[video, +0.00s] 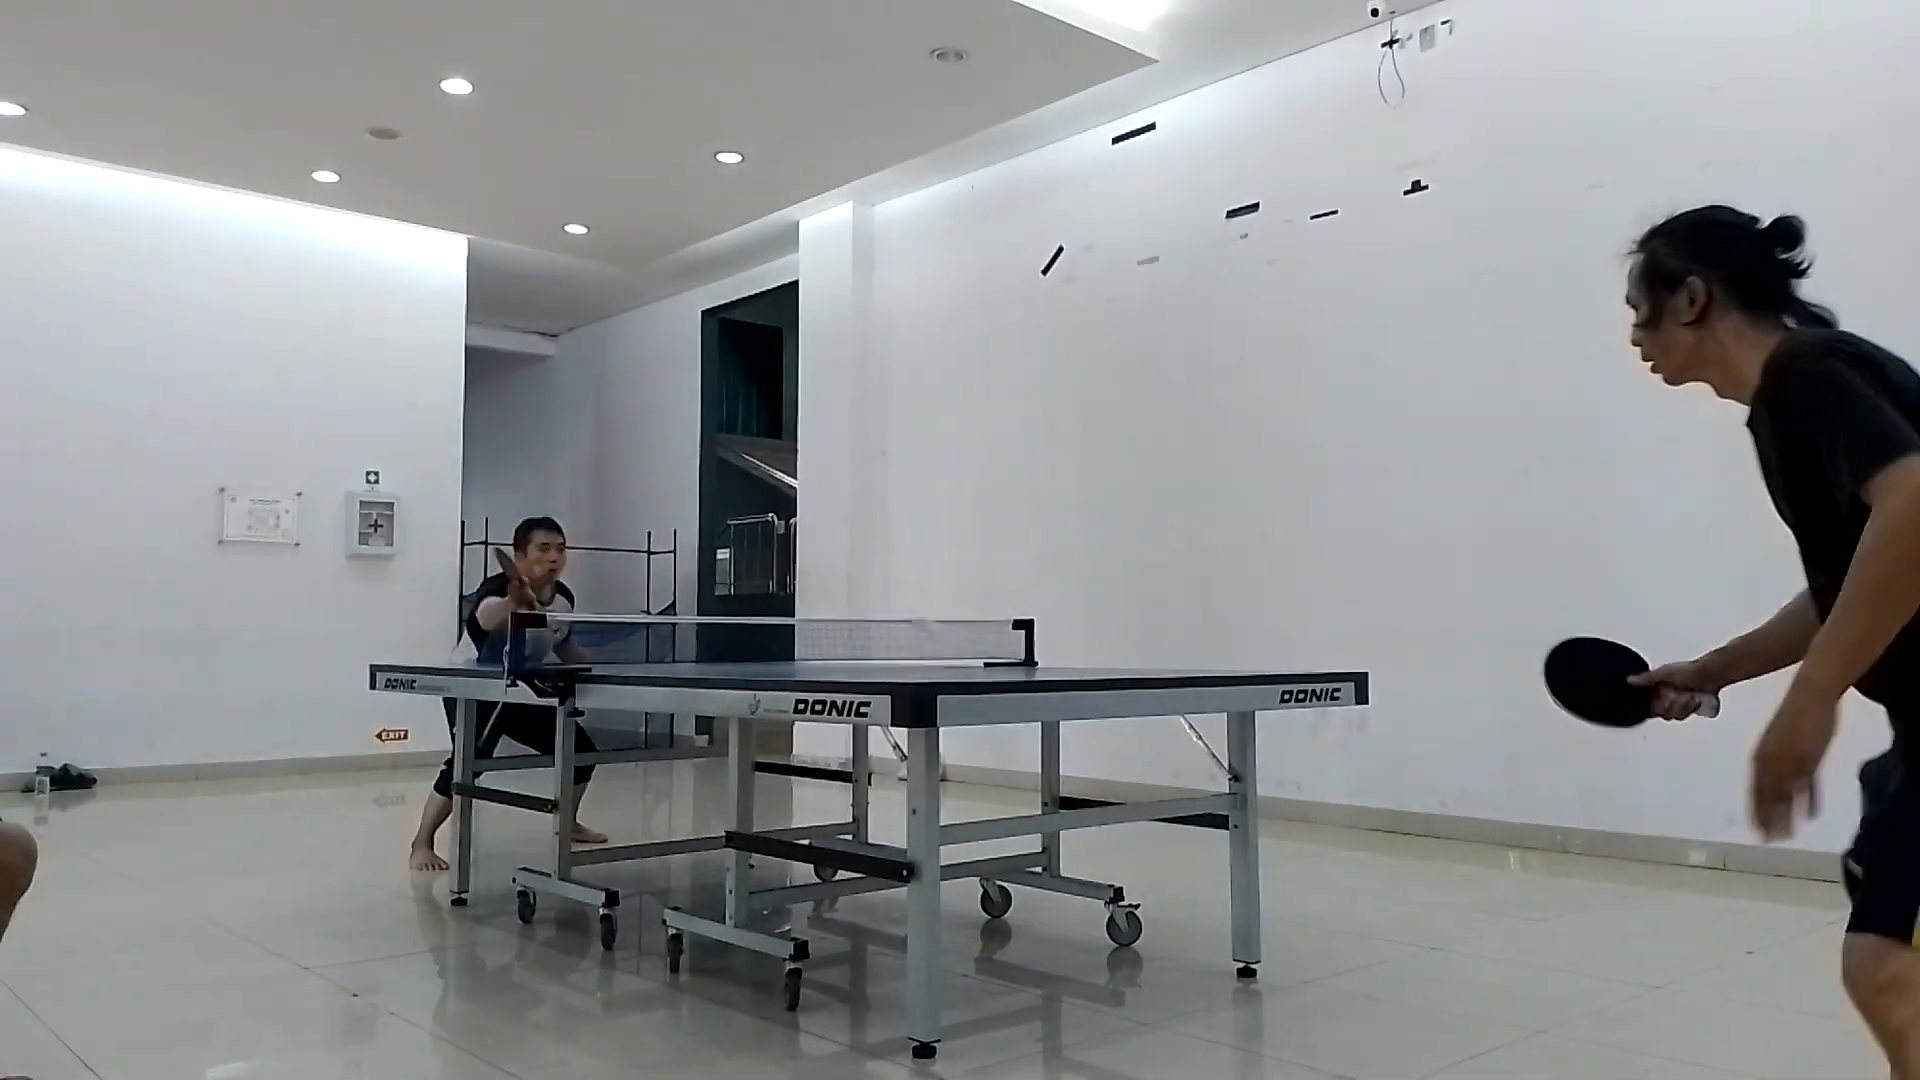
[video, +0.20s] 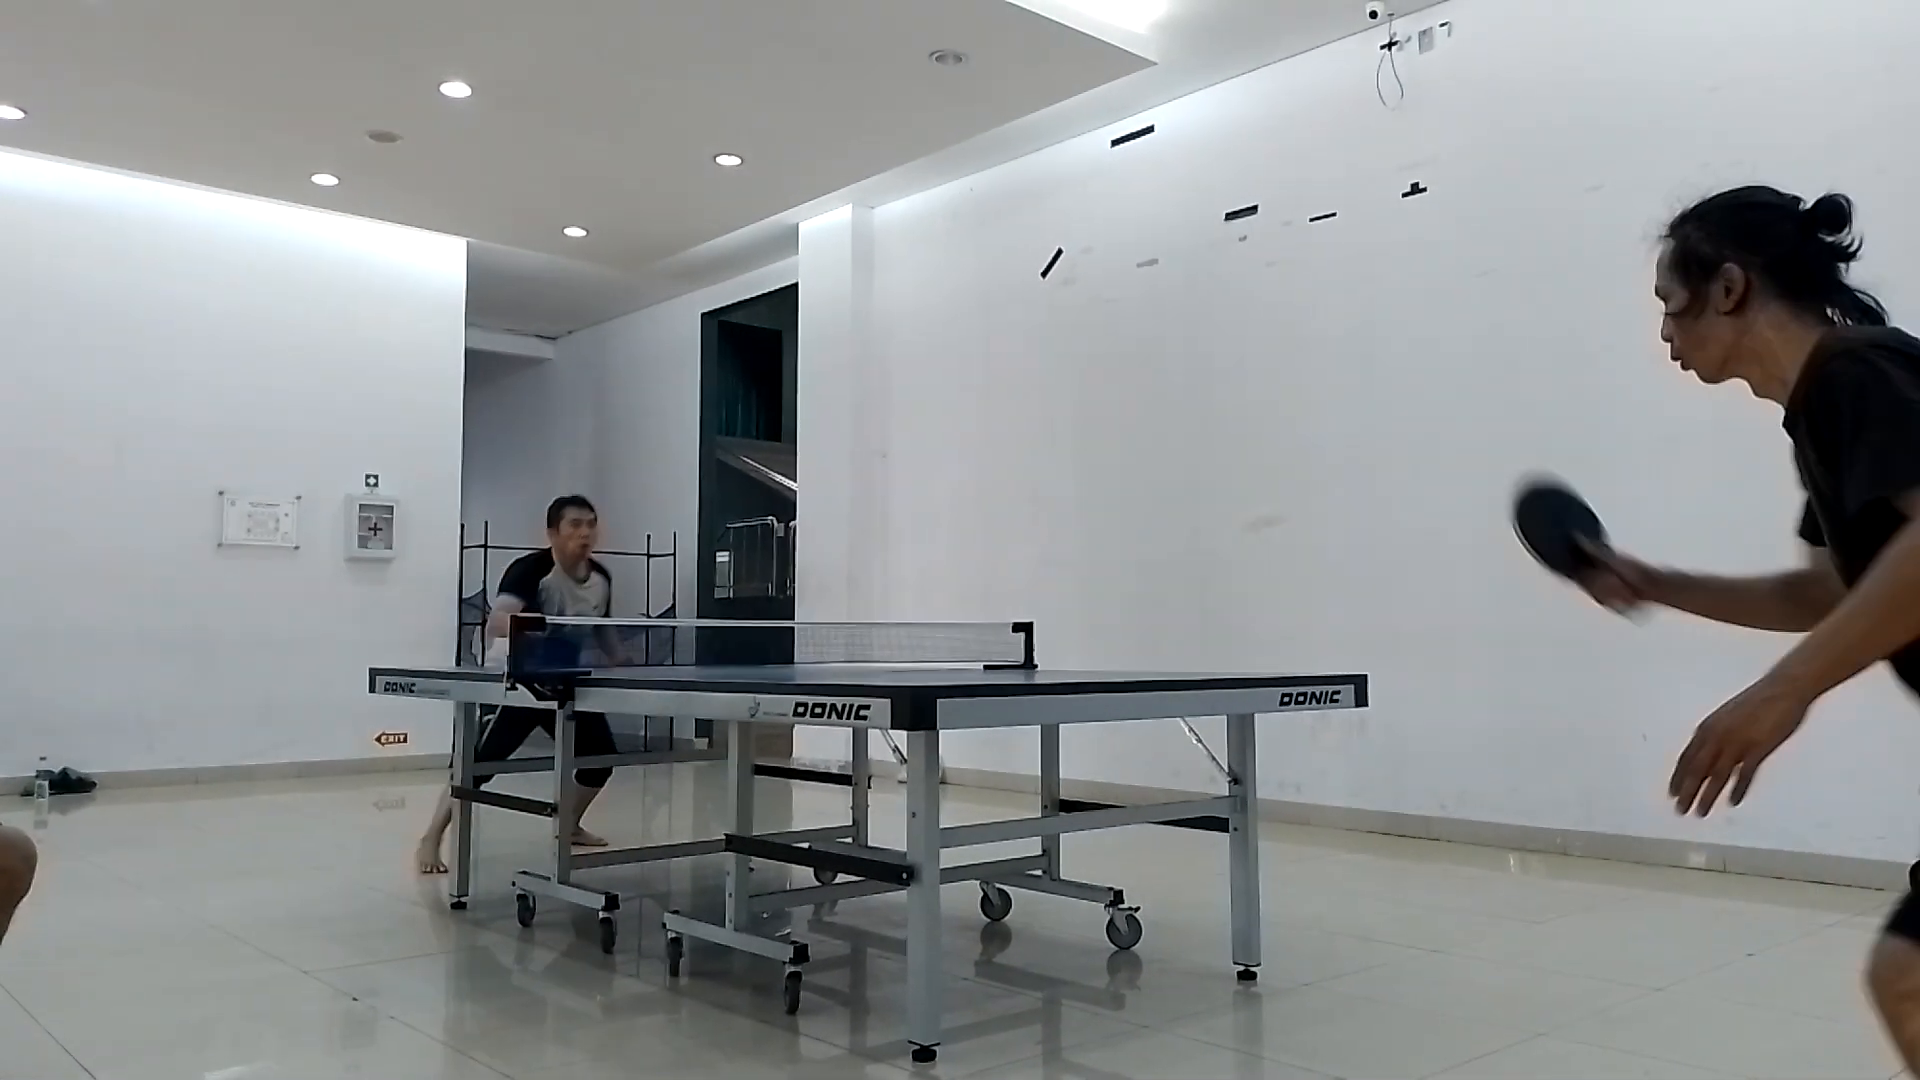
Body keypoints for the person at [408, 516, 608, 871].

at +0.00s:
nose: (554, 556)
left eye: (560, 548)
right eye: (544, 548)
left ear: (566, 554)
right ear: (520, 555)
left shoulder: (562, 599)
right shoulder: (500, 588)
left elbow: (562, 645)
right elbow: (484, 622)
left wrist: (597, 669)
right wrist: (511, 602)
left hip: (517, 695)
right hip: (470, 693)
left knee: (582, 752)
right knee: (471, 760)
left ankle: (567, 824)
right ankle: (422, 842)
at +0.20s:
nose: (586, 533)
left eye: (591, 525)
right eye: (576, 525)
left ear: (596, 531)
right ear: (553, 532)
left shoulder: (601, 578)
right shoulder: (528, 571)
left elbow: (602, 630)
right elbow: (494, 626)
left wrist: (619, 659)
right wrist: (527, 625)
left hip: (571, 690)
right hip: (521, 688)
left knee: (601, 761)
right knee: (482, 765)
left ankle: (568, 826)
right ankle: (431, 838)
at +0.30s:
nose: (595, 514)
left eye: (600, 505)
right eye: (584, 506)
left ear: (607, 512)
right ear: (564, 515)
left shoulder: (619, 560)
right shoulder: (541, 556)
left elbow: (627, 618)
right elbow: (513, 612)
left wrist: (645, 646)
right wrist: (541, 631)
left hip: (594, 674)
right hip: (544, 673)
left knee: (608, 754)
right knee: (524, 745)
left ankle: (572, 822)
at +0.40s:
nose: (600, 506)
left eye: (605, 498)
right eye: (589, 499)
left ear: (613, 505)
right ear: (569, 509)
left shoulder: (633, 554)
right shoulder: (548, 552)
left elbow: (651, 614)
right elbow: (524, 615)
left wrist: (659, 654)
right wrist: (550, 625)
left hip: (610, 668)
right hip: (558, 668)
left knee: (645, 741)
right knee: (548, 748)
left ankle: (613, 806)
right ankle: (542, 830)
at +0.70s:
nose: (654, 546)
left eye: (655, 537)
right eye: (641, 541)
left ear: (661, 540)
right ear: (622, 554)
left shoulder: (676, 574)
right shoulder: (616, 593)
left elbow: (707, 605)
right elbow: (643, 641)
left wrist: (731, 587)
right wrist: (705, 624)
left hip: (669, 693)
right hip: (620, 695)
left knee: (713, 748)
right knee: (595, 758)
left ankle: (720, 825)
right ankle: (548, 831)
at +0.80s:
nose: (674, 550)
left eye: (674, 541)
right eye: (662, 546)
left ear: (681, 542)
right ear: (643, 559)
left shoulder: (686, 569)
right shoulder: (639, 598)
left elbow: (732, 585)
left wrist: (752, 563)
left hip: (667, 691)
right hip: (625, 695)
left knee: (713, 741)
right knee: (600, 758)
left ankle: (719, 822)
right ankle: (548, 831)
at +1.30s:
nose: (674, 536)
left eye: (680, 528)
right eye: (664, 529)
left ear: (689, 535)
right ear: (649, 540)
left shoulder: (706, 578)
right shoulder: (631, 578)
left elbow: (735, 623)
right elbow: (612, 637)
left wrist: (741, 625)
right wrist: (638, 639)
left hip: (685, 692)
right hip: (634, 691)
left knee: (721, 743)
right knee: (590, 752)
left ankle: (717, 819)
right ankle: (540, 821)